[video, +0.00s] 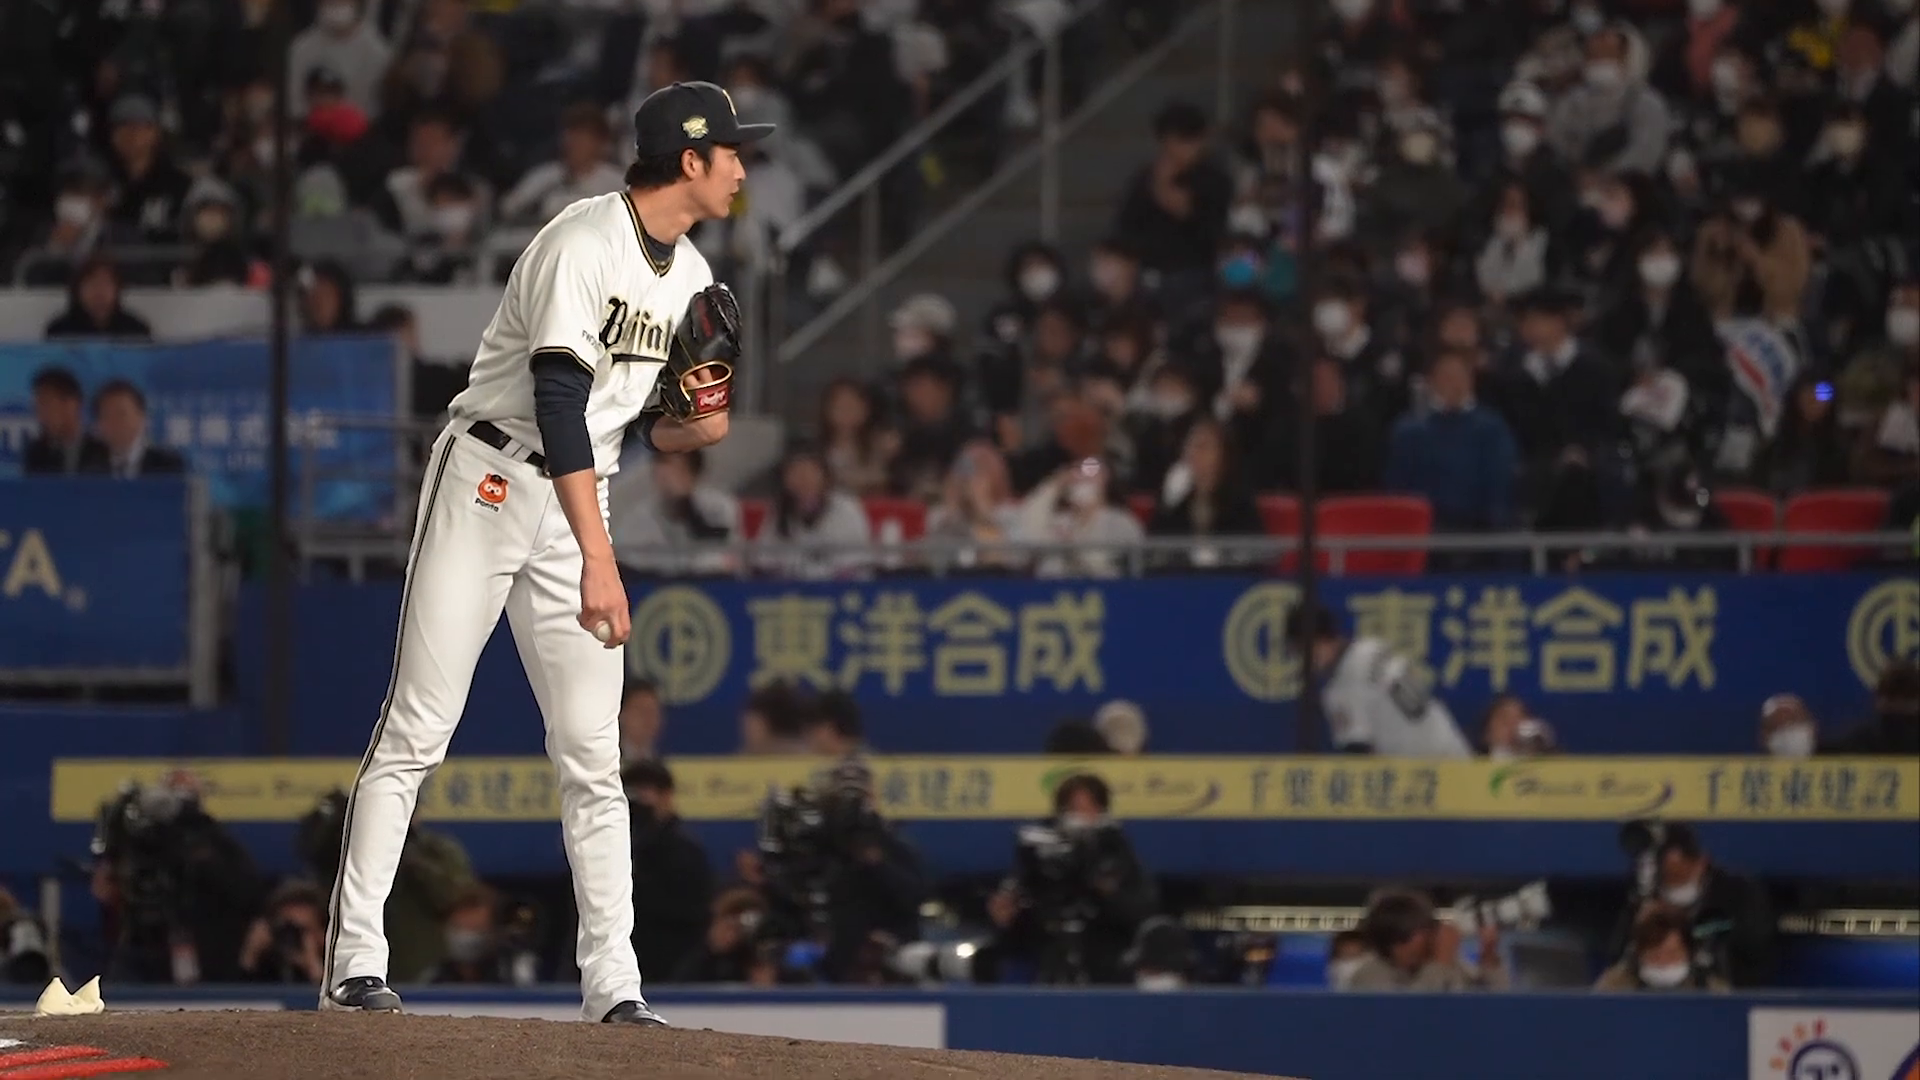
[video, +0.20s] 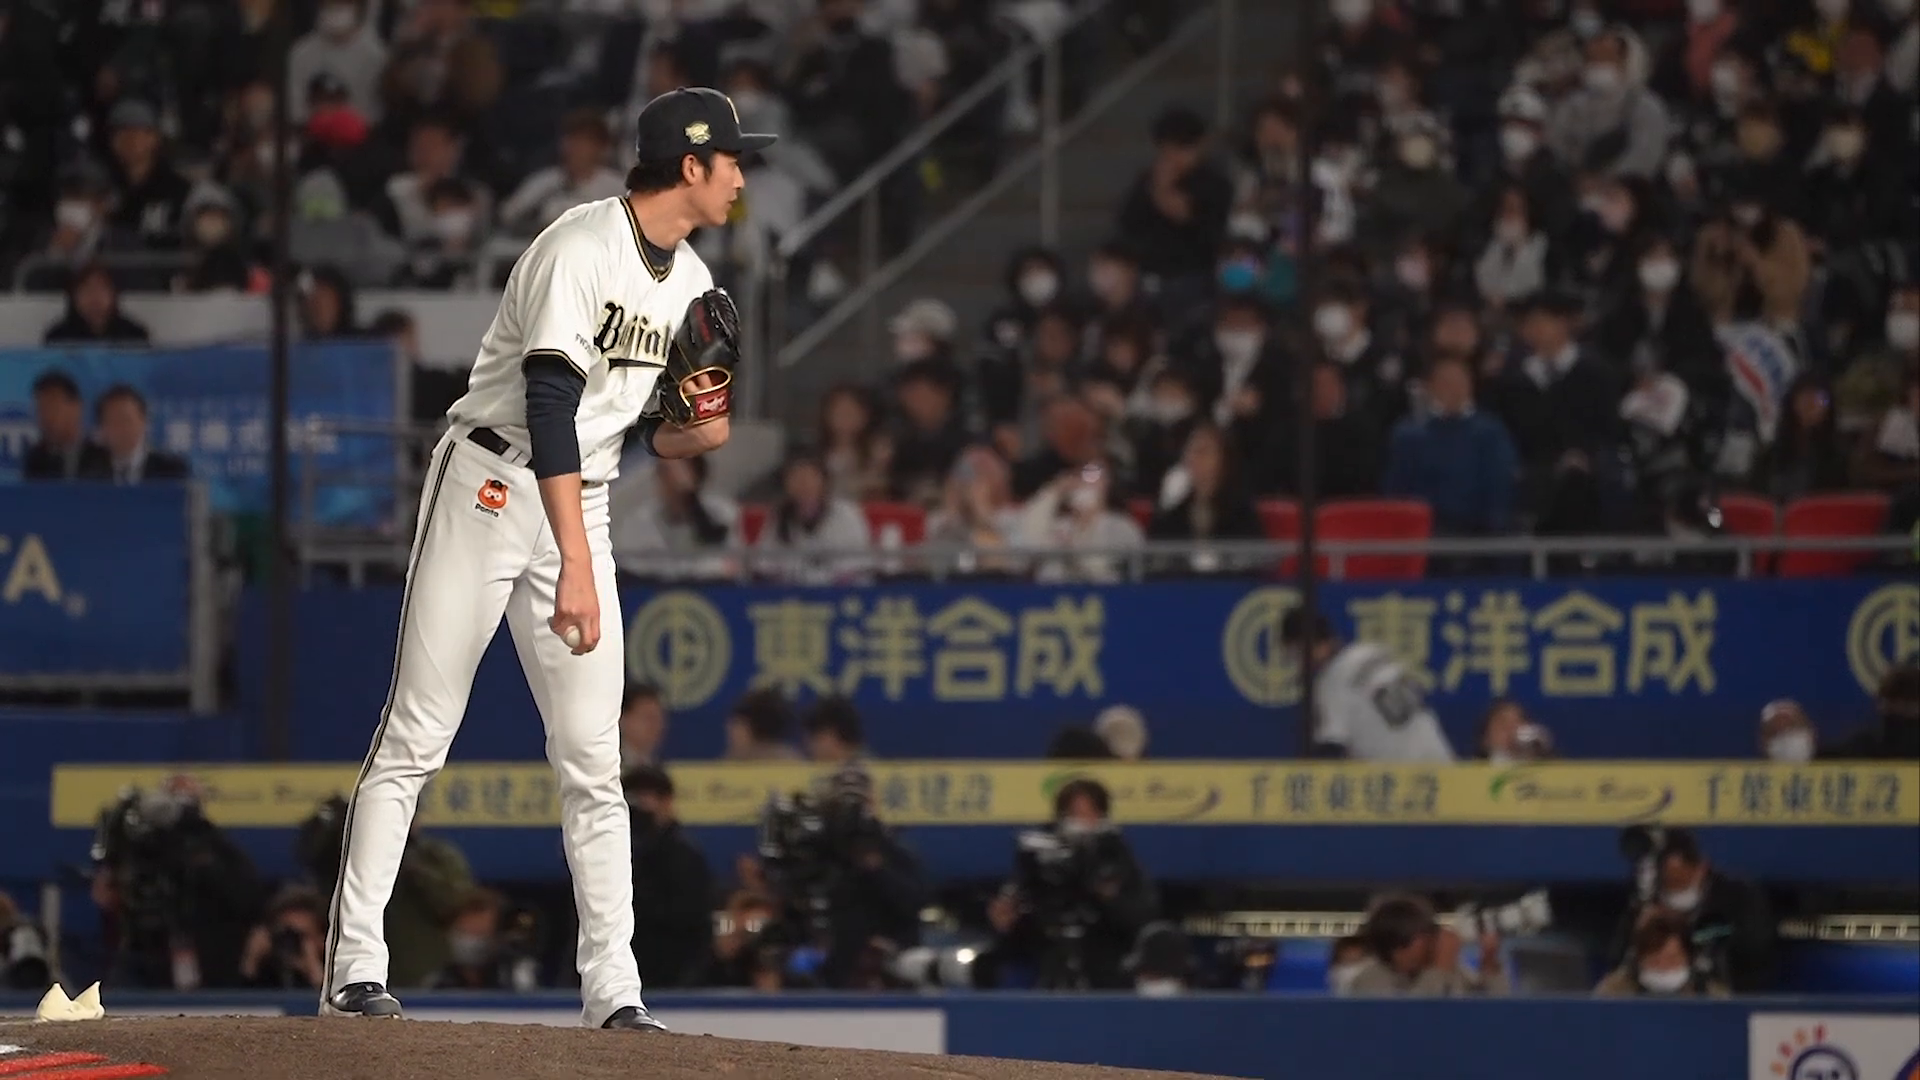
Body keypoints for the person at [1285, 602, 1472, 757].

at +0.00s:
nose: (1303, 659)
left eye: (1303, 649)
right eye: (1299, 649)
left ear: (1316, 644)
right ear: (1333, 632)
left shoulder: (1339, 689)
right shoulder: (1371, 647)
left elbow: (1357, 754)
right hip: (1459, 758)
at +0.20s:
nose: (1295, 661)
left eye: (1295, 652)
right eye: (1293, 653)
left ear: (1306, 647)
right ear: (1328, 633)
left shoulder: (1330, 681)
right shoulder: (1372, 651)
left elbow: (1331, 749)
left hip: (1393, 780)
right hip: (1443, 768)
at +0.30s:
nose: (1290, 658)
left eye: (1291, 649)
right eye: (1289, 649)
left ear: (1303, 644)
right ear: (1327, 632)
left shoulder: (1326, 677)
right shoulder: (1373, 653)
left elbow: (1322, 746)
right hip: (1427, 766)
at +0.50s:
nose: (1277, 650)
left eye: (1275, 640)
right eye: (1273, 642)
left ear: (1287, 632)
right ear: (1312, 621)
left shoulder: (1298, 665)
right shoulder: (1366, 641)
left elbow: (1294, 735)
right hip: (1414, 765)